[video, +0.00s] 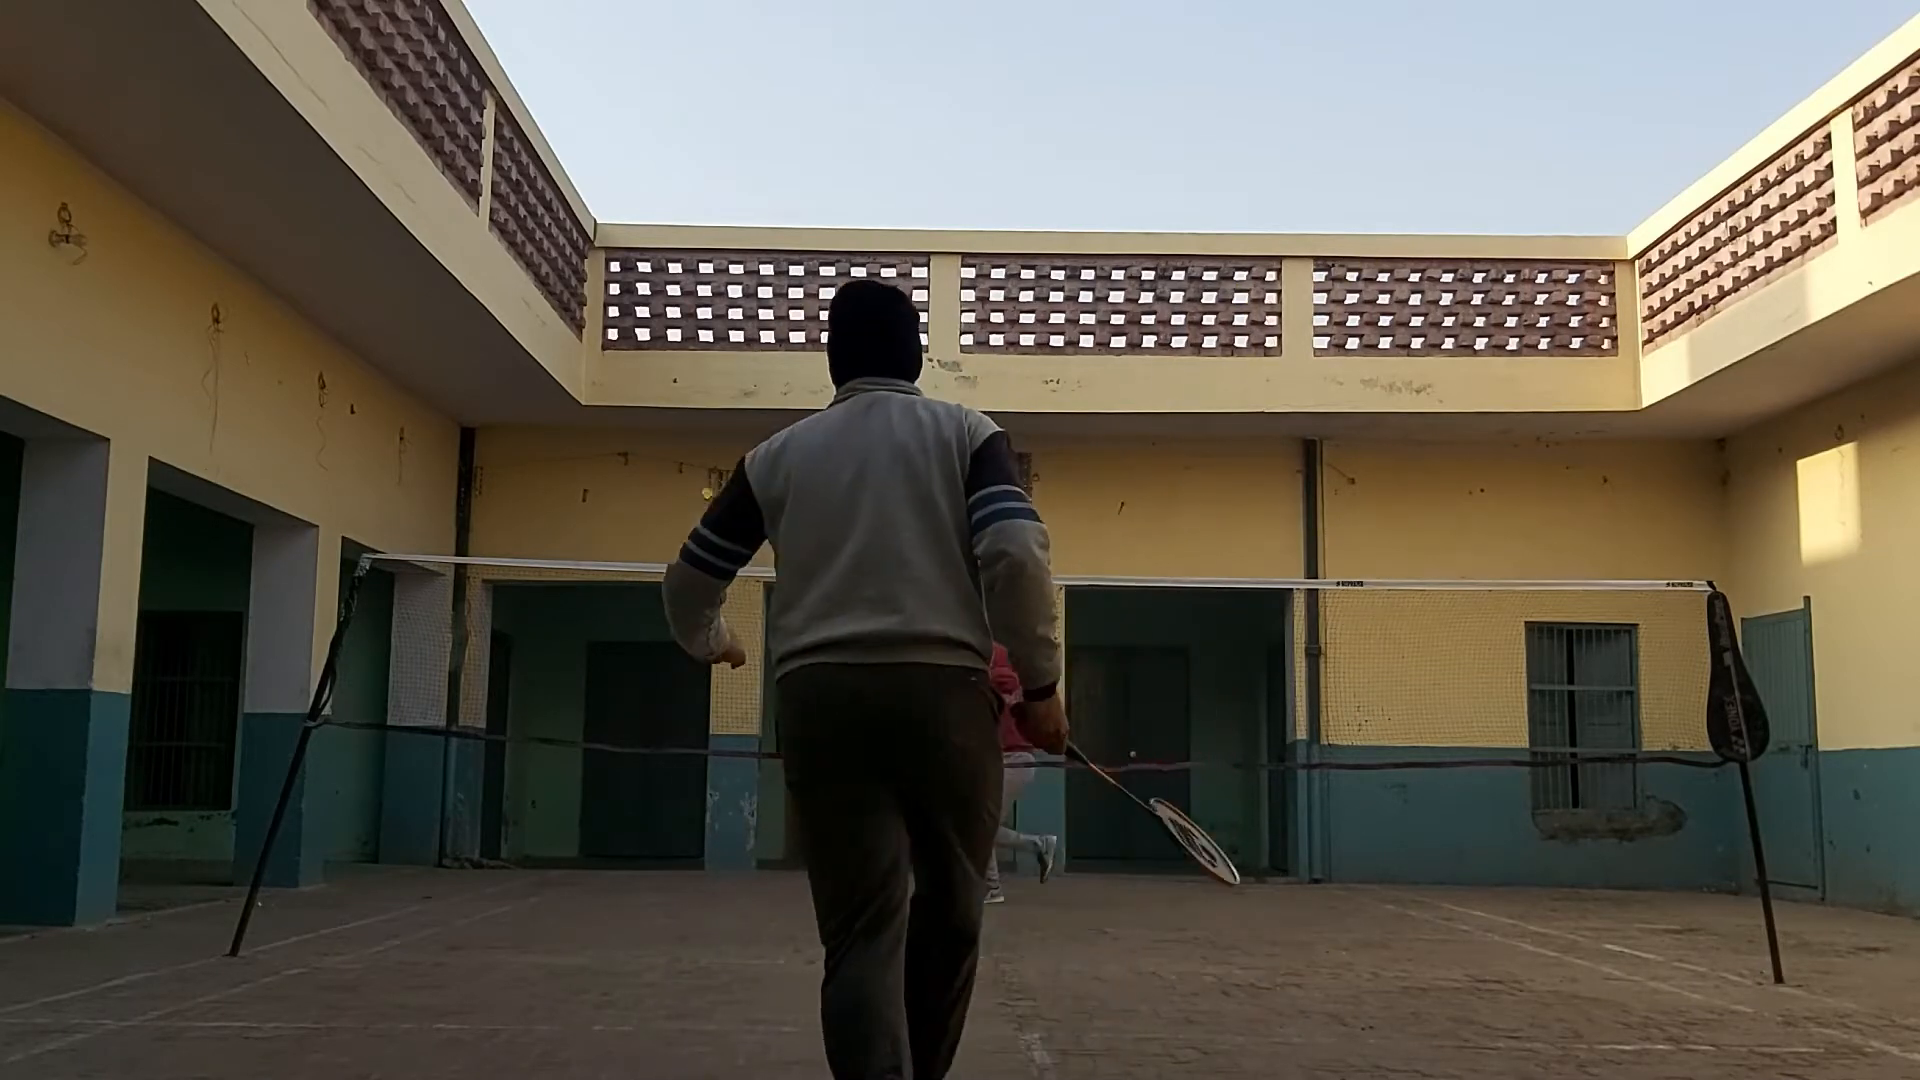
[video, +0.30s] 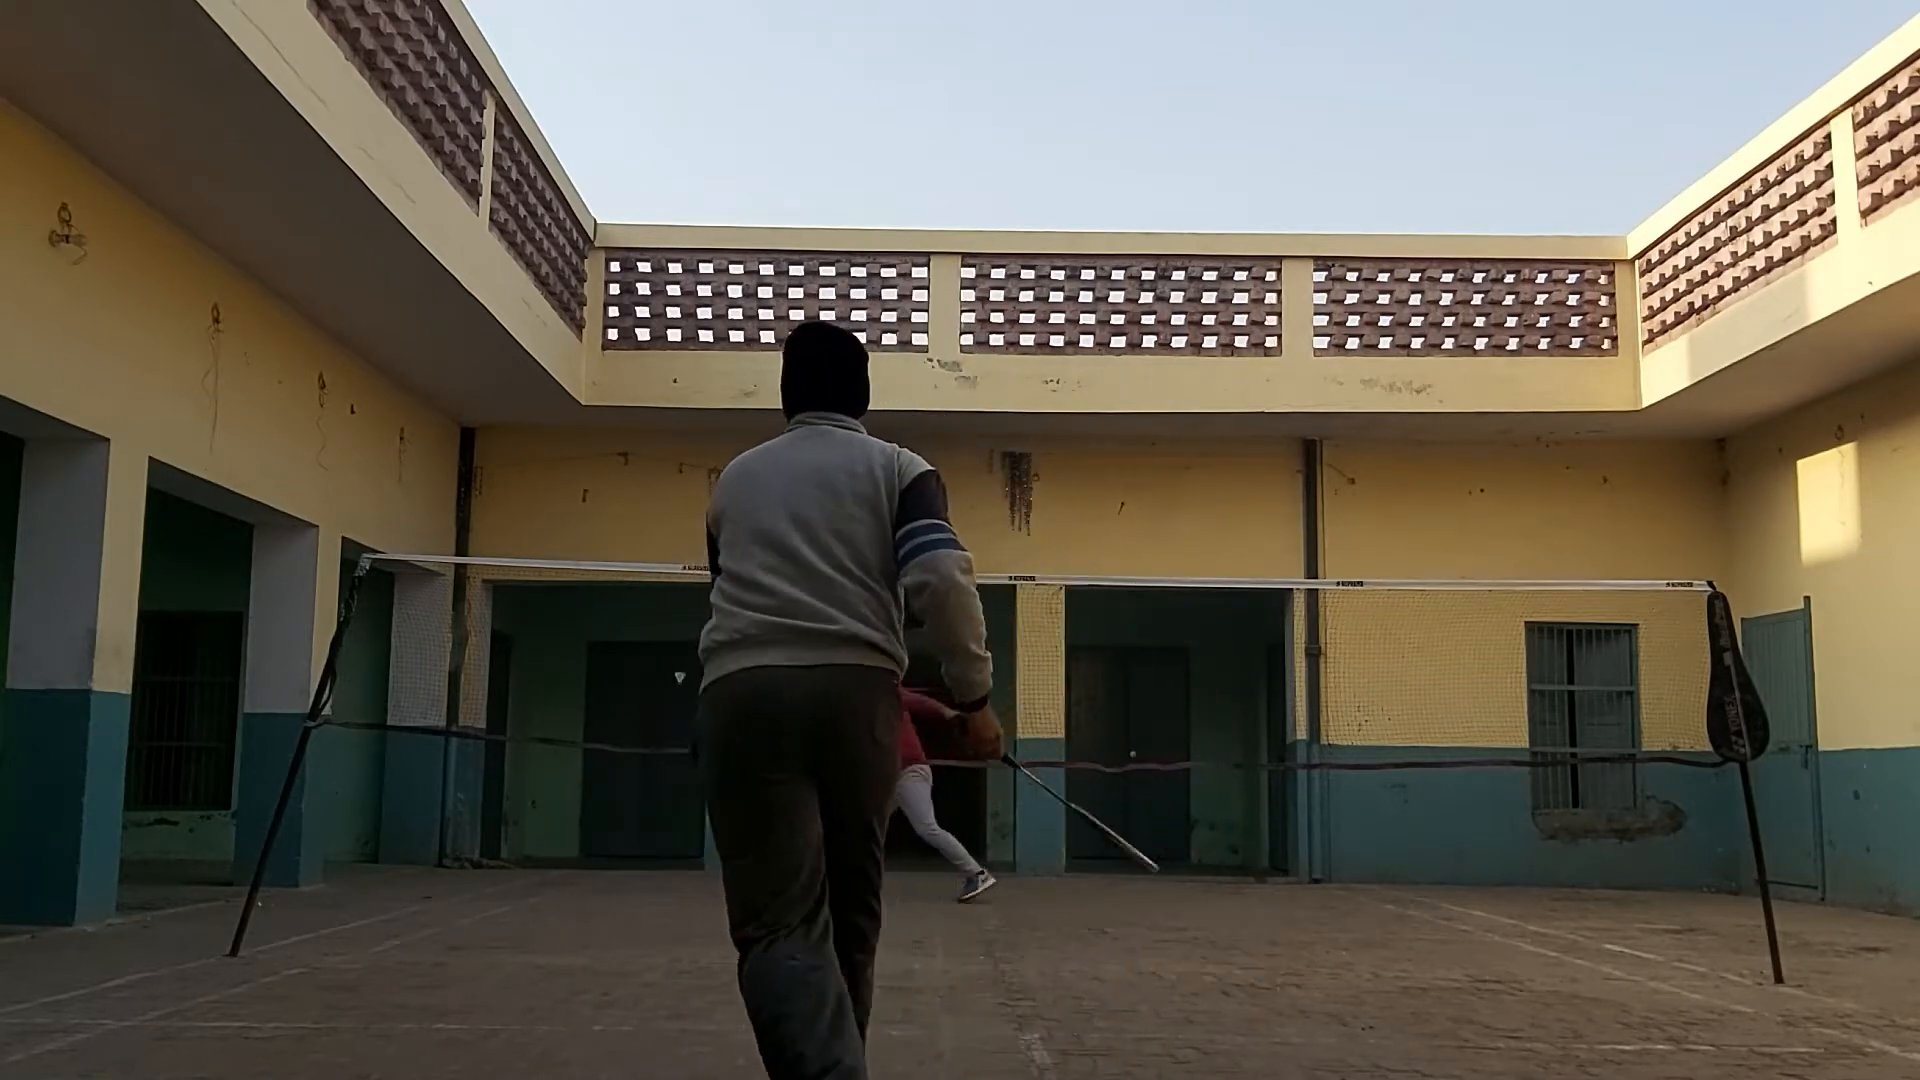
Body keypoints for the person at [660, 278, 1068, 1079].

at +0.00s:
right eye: (909, 341)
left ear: (833, 359)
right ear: (916, 354)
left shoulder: (778, 452)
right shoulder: (967, 431)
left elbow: (688, 586)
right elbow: (1015, 554)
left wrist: (712, 642)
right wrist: (1041, 687)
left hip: (819, 694)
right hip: (945, 692)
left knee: (858, 921)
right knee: (950, 908)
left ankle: (872, 1072)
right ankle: (918, 1067)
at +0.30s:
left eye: (789, 387)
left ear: (786, 395)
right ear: (864, 395)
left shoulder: (735, 475)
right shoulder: (898, 466)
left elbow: (730, 587)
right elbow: (942, 577)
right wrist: (972, 699)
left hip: (740, 693)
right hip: (856, 691)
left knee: (774, 917)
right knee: (852, 898)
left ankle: (820, 1069)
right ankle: (836, 1061)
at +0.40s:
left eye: (776, 390)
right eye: (838, 393)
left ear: (769, 397)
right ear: (845, 397)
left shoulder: (715, 475)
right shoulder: (877, 471)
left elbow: (700, 588)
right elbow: (925, 582)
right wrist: (945, 695)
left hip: (708, 689)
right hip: (821, 689)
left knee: (707, 902)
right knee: (824, 908)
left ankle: (755, 1063)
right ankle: (821, 1070)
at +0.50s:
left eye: (751, 394)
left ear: (743, 403)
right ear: (821, 404)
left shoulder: (688, 476)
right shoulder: (857, 477)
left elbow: (648, 604)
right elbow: (904, 585)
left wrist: (692, 666)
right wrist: (914, 689)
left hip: (674, 687)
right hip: (789, 691)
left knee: (636, 890)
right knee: (805, 904)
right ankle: (815, 1072)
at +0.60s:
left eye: (717, 409)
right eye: (780, 411)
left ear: (710, 416)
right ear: (787, 417)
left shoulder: (649, 492)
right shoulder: (821, 492)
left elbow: (596, 611)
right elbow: (872, 605)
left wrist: (645, 671)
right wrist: (877, 676)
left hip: (639, 704)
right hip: (755, 711)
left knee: (585, 886)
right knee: (790, 907)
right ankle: (811, 1073)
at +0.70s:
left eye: (675, 427)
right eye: (740, 433)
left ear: (668, 438)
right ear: (745, 440)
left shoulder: (611, 519)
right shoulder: (763, 521)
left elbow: (549, 626)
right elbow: (818, 639)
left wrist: (632, 630)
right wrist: (857, 630)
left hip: (599, 738)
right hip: (713, 746)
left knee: (546, 907)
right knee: (777, 933)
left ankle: (463, 1068)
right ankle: (796, 1074)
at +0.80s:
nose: (692, 456)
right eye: (692, 446)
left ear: (617, 450)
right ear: (688, 451)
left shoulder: (565, 536)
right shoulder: (687, 523)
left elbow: (523, 637)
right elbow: (737, 613)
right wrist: (818, 571)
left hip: (557, 751)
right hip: (666, 754)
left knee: (545, 907)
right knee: (739, 928)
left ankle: (466, 1064)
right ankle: (785, 1070)